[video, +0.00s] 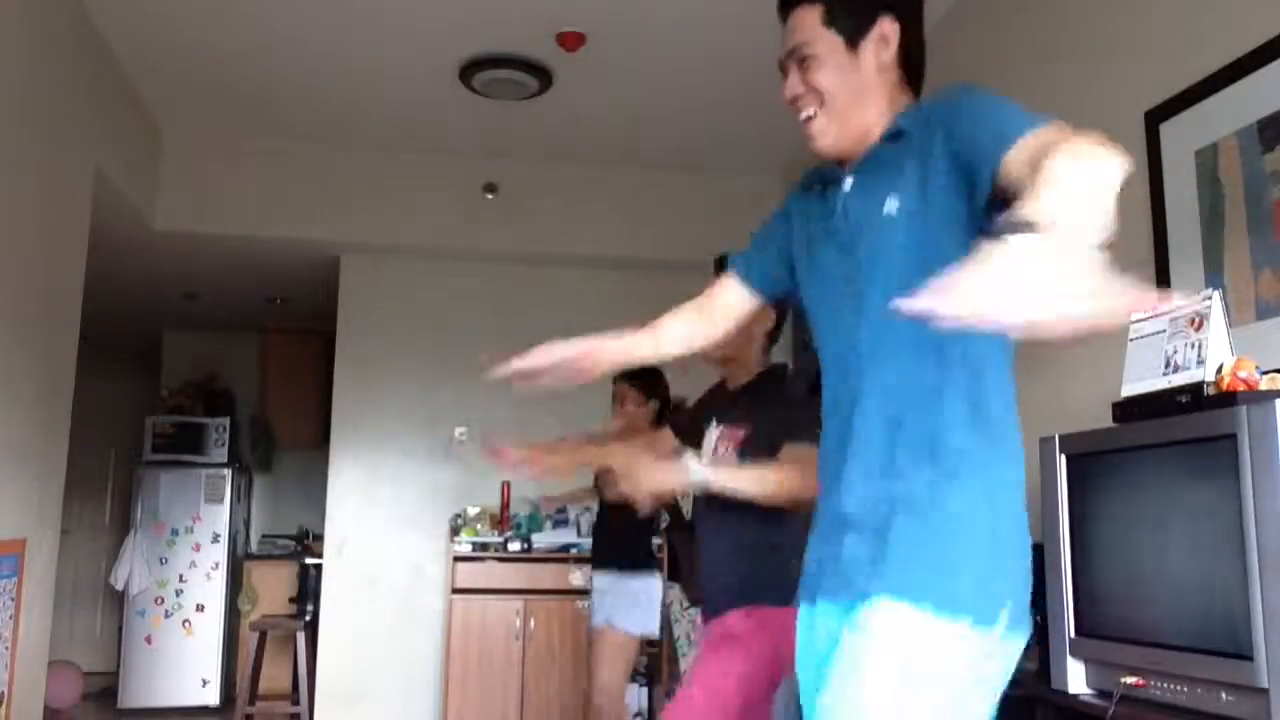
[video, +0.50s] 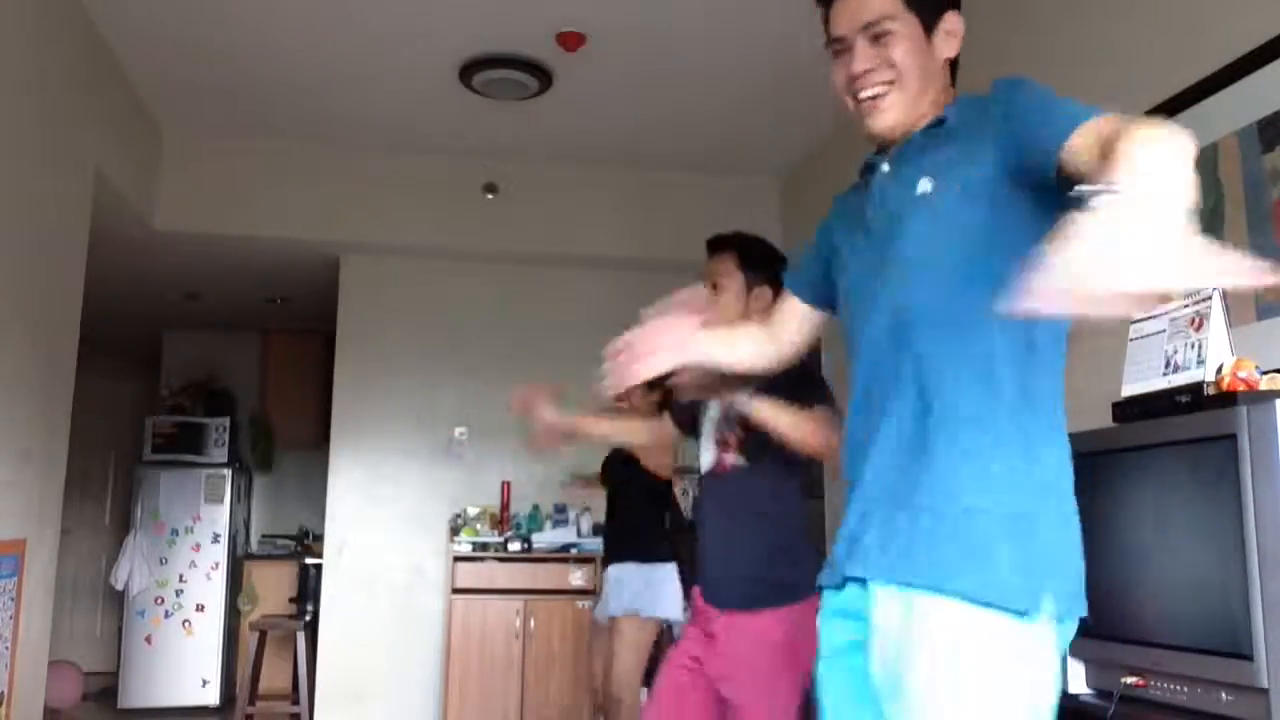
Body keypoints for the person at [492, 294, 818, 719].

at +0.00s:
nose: (719, 325)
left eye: (735, 312)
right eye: (719, 310)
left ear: (768, 320)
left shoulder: (790, 391)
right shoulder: (716, 400)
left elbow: (802, 480)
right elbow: (656, 445)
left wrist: (689, 473)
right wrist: (565, 454)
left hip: (768, 606)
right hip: (717, 604)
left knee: (690, 708)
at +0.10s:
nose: (717, 287)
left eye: (731, 273)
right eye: (713, 275)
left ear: (767, 276)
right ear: (707, 281)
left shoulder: (797, 360)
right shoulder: (714, 367)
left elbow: (788, 440)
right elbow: (651, 429)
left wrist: (686, 417)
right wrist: (569, 437)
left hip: (769, 580)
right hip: (710, 581)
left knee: (730, 710)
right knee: (705, 708)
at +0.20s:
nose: (717, 286)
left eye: (729, 272)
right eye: (713, 274)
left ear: (768, 276)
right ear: (709, 280)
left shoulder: (798, 347)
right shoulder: (708, 361)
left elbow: (781, 433)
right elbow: (637, 437)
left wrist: (694, 417)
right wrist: (562, 437)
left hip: (772, 587)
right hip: (698, 583)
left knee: (766, 710)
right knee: (689, 710)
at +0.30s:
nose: (714, 307)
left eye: (730, 294)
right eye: (714, 293)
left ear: (769, 302)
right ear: (712, 299)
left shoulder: (803, 379)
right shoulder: (720, 386)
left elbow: (795, 478)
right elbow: (659, 460)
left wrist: (691, 451)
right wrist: (580, 447)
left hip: (778, 620)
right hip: (700, 613)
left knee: (776, 712)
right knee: (691, 713)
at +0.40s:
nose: (718, 316)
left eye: (731, 301)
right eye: (713, 303)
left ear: (774, 310)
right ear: (710, 310)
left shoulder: (803, 393)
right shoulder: (721, 399)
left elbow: (811, 483)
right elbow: (663, 457)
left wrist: (700, 449)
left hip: (779, 638)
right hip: (704, 630)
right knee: (669, 711)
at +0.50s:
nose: (705, 300)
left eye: (717, 287)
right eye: (706, 287)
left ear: (762, 298)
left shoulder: (794, 371)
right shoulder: (711, 375)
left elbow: (824, 441)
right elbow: (657, 431)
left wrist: (738, 394)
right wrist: (568, 424)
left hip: (773, 617)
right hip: (707, 613)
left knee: (767, 713)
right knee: (665, 711)